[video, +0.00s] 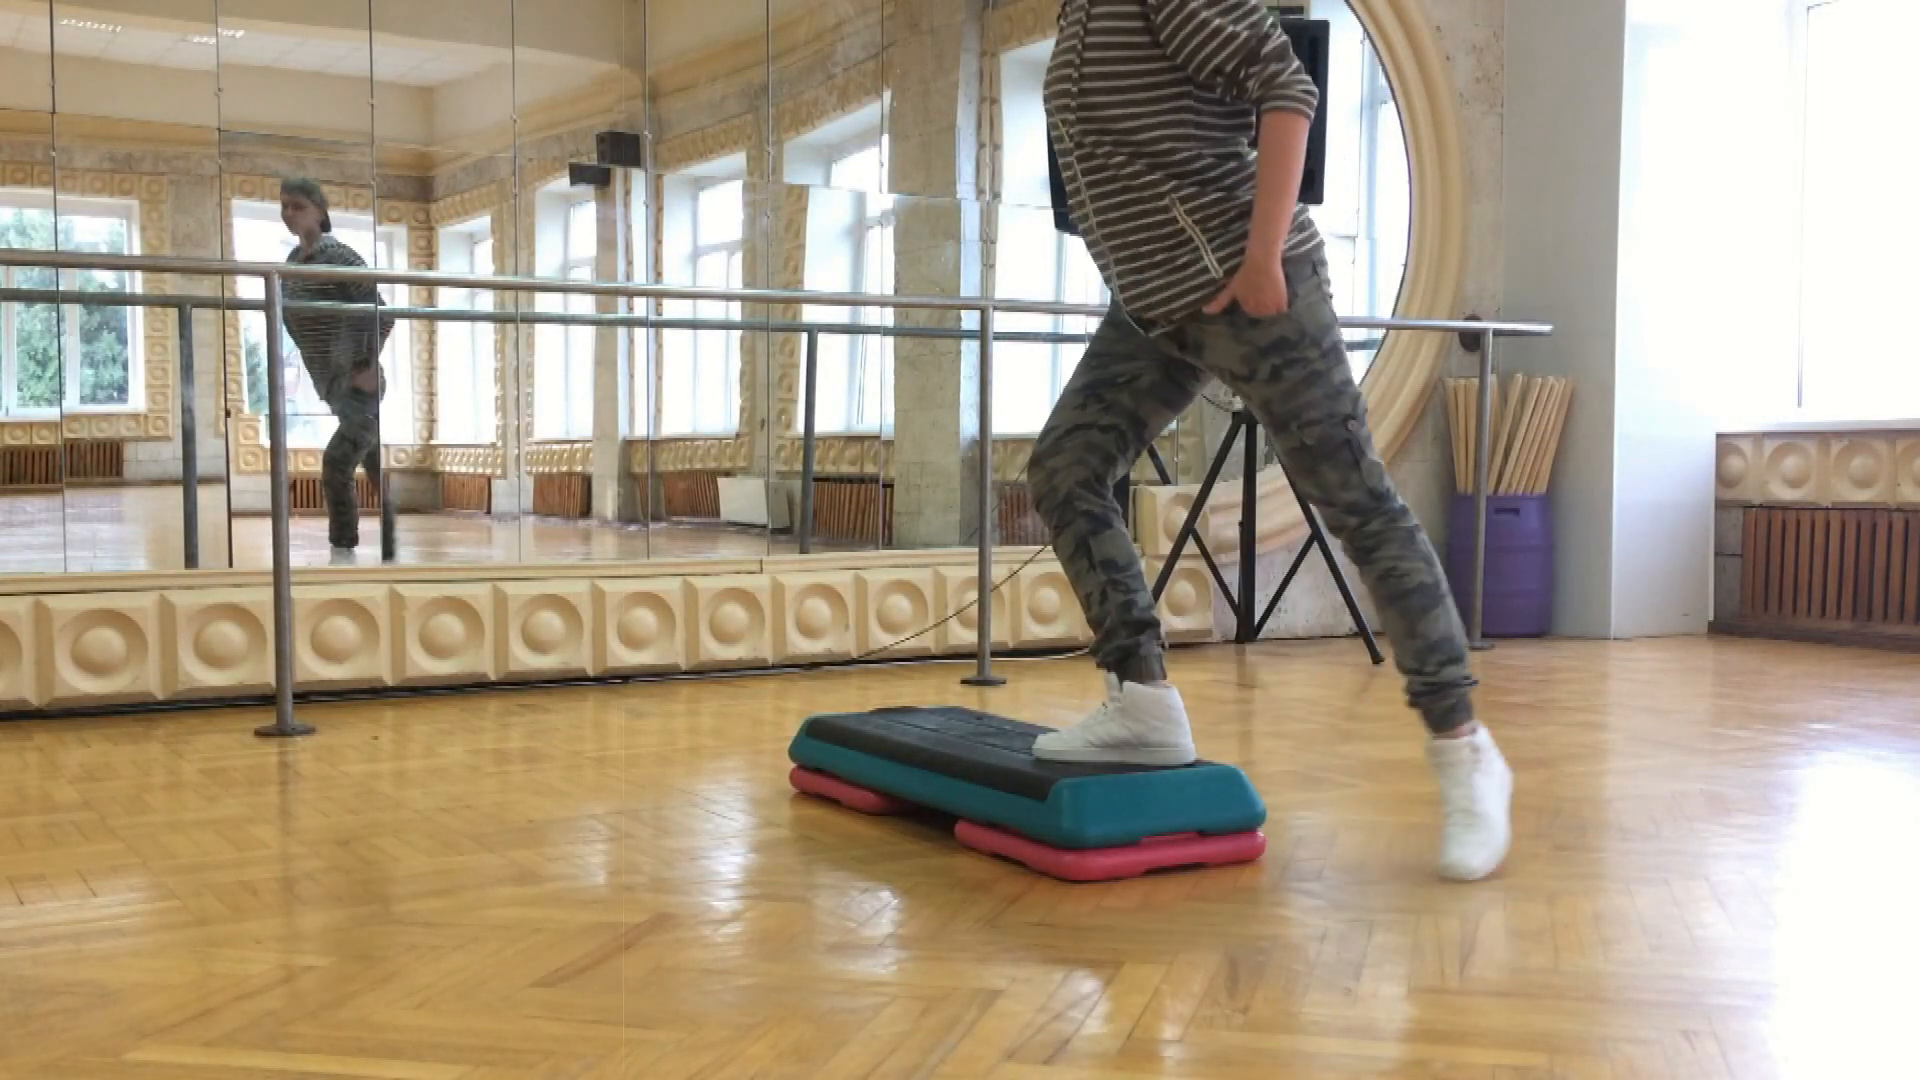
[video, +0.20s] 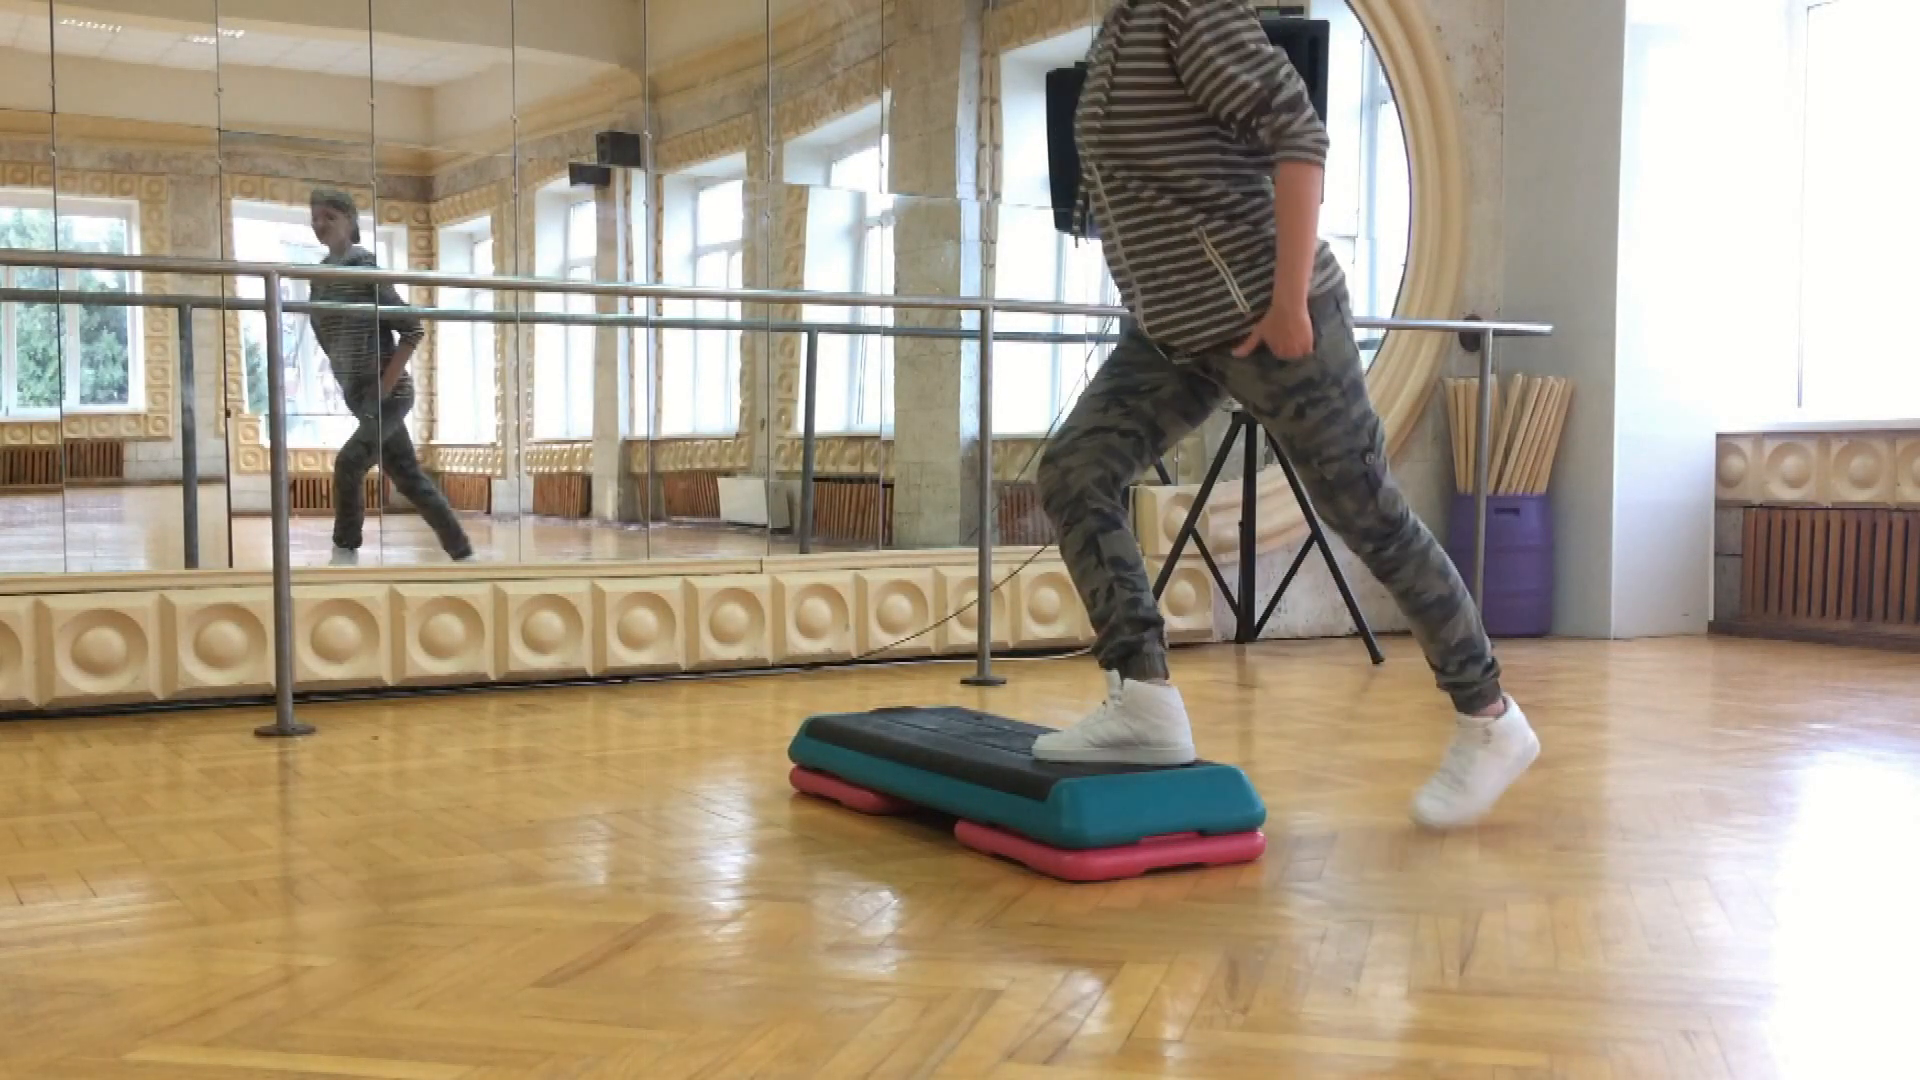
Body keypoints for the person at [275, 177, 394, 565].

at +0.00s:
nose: (288, 215)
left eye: (296, 207)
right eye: (284, 208)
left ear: (320, 210)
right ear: (284, 215)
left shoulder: (343, 258)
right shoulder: (292, 265)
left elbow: (381, 314)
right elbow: (301, 323)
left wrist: (364, 362)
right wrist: (318, 364)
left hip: (362, 379)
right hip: (329, 381)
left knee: (337, 463)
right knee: (376, 464)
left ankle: (343, 554)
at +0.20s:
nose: (321, 226)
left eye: (329, 218)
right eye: (316, 220)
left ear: (351, 222)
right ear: (313, 225)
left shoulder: (363, 268)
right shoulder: (321, 275)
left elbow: (412, 328)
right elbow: (330, 333)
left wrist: (387, 381)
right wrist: (345, 371)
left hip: (391, 391)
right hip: (362, 395)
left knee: (349, 464)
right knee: (410, 479)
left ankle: (344, 557)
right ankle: (463, 555)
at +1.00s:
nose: (354, 221)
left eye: (362, 213)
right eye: (348, 214)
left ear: (378, 218)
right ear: (343, 219)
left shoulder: (400, 270)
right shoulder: (343, 275)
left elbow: (433, 335)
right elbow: (351, 334)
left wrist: (426, 396)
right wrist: (354, 379)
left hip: (409, 399)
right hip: (364, 399)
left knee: (411, 490)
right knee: (334, 463)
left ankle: (442, 569)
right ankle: (363, 549)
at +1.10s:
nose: (338, 210)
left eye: (346, 202)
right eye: (333, 203)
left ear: (367, 207)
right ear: (329, 209)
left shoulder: (384, 258)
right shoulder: (322, 263)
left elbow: (419, 321)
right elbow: (326, 331)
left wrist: (405, 383)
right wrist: (333, 378)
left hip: (390, 390)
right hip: (346, 391)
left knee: (382, 483)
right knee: (329, 469)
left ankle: (428, 555)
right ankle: (362, 551)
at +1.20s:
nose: (324, 203)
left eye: (333, 195)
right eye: (318, 196)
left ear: (355, 201)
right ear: (314, 202)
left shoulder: (373, 255)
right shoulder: (305, 257)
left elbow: (412, 321)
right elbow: (308, 316)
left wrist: (391, 374)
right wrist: (314, 376)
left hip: (370, 383)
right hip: (323, 385)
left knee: (337, 456)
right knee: (316, 473)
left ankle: (395, 521)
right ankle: (360, 555)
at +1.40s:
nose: (299, 203)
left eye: (308, 196)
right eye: (293, 197)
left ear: (329, 201)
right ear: (287, 203)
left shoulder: (353, 255)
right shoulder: (274, 257)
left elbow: (387, 324)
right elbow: (267, 315)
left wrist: (369, 369)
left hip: (341, 385)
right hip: (290, 388)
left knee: (305, 461)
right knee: (293, 482)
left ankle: (298, 557)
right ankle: (353, 546)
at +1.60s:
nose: (274, 222)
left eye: (283, 213)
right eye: (266, 214)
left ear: (303, 220)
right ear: (257, 220)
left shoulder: (326, 277)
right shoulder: (239, 276)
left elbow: (351, 347)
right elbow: (232, 347)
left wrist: (345, 401)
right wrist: (229, 398)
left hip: (310, 413)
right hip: (250, 412)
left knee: (288, 504)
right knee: (214, 482)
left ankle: (289, 596)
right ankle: (276, 524)